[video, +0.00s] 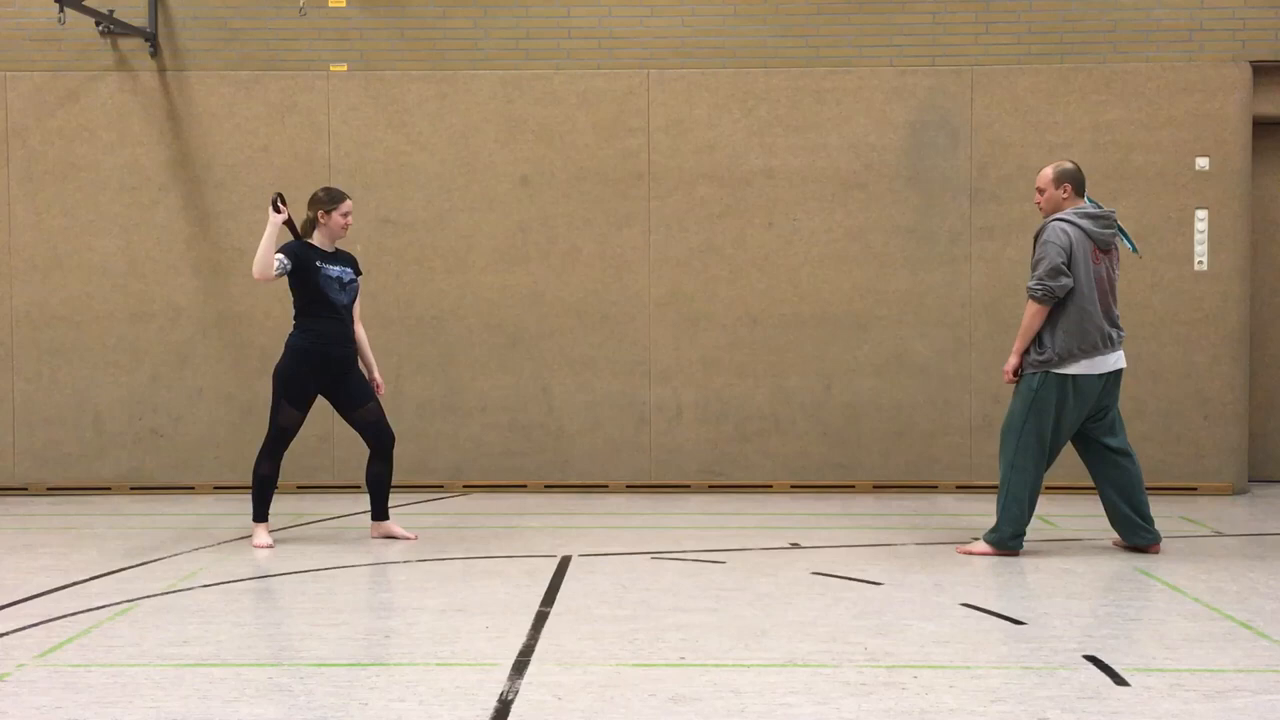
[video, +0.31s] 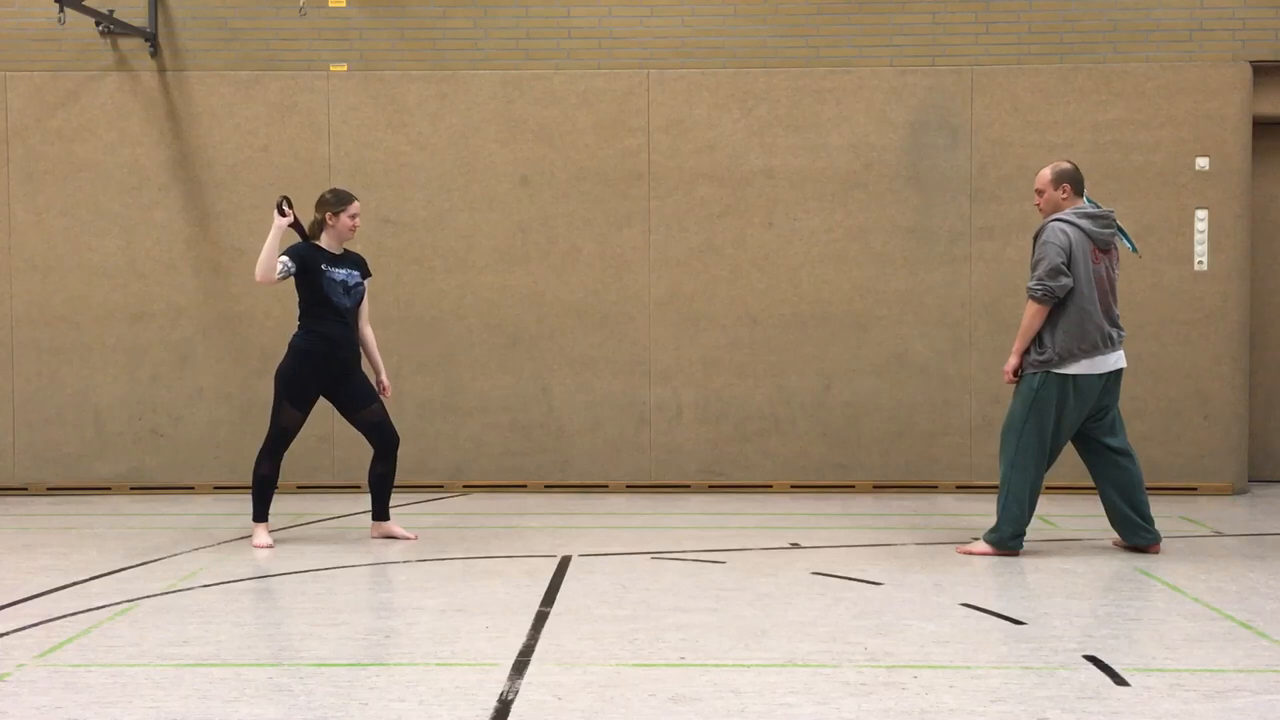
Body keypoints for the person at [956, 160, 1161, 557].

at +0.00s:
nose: (1036, 200)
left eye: (1041, 192)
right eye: (1036, 192)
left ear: (1065, 191)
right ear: (1072, 192)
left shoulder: (1056, 232)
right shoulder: (1102, 228)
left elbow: (1043, 295)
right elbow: (1100, 294)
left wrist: (1017, 351)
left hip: (1062, 366)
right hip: (1104, 363)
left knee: (1022, 445)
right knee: (1109, 448)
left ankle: (1004, 538)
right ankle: (1141, 534)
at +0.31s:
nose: (1036, 201)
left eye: (1040, 193)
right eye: (1036, 193)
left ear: (1064, 192)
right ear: (1071, 192)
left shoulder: (1056, 232)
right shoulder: (1102, 229)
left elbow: (1043, 296)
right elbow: (1100, 295)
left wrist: (1017, 351)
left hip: (1062, 366)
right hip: (1105, 363)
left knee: (1022, 445)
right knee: (1109, 448)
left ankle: (1005, 538)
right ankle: (1141, 534)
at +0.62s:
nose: (1019, 203)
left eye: (1024, 196)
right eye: (1019, 195)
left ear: (1048, 197)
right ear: (1055, 198)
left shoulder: (1041, 237)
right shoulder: (1083, 232)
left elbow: (1018, 300)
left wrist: (970, 337)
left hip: (1048, 372)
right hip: (1089, 366)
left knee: (991, 438)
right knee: (1099, 447)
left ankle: (1002, 537)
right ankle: (1141, 533)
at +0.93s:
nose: (971, 193)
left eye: (976, 186)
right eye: (971, 186)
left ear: (1000, 189)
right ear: (1002, 191)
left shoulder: (1000, 233)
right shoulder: (1020, 226)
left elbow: (971, 283)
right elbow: (1032, 283)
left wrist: (909, 286)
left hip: (993, 370)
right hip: (1022, 366)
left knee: (968, 446)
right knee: (1003, 440)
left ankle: (999, 538)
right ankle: (1061, 503)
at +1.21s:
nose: (922, 193)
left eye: (928, 186)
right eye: (922, 185)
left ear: (953, 189)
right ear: (947, 188)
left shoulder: (979, 235)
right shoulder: (922, 235)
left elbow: (959, 286)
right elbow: (868, 240)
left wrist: (897, 275)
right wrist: (836, 201)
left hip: (957, 368)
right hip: (916, 363)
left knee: (964, 455)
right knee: (889, 442)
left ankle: (1000, 537)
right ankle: (851, 518)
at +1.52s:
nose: (859, 198)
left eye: (866, 191)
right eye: (859, 191)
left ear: (891, 193)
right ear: (882, 193)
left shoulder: (922, 235)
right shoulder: (852, 239)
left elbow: (934, 292)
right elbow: (800, 248)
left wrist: (873, 288)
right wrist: (743, 236)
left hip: (906, 370)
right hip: (855, 368)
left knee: (925, 453)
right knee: (824, 447)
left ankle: (970, 529)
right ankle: (825, 531)